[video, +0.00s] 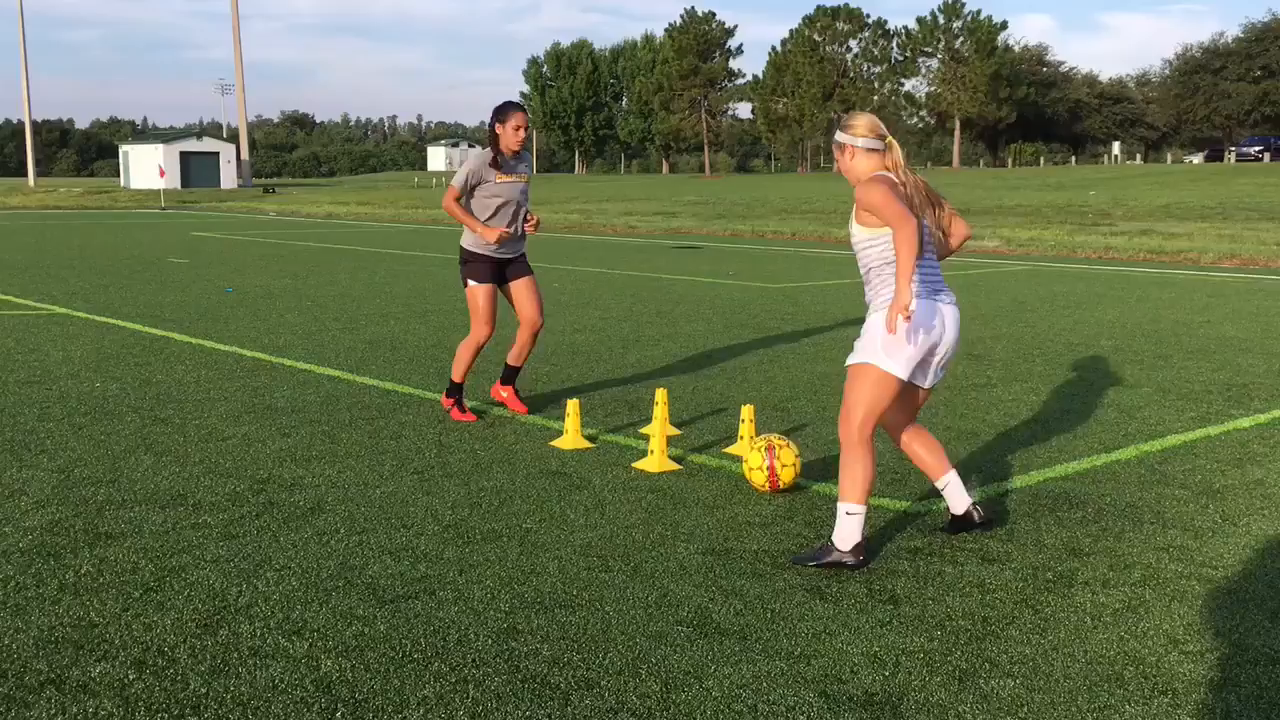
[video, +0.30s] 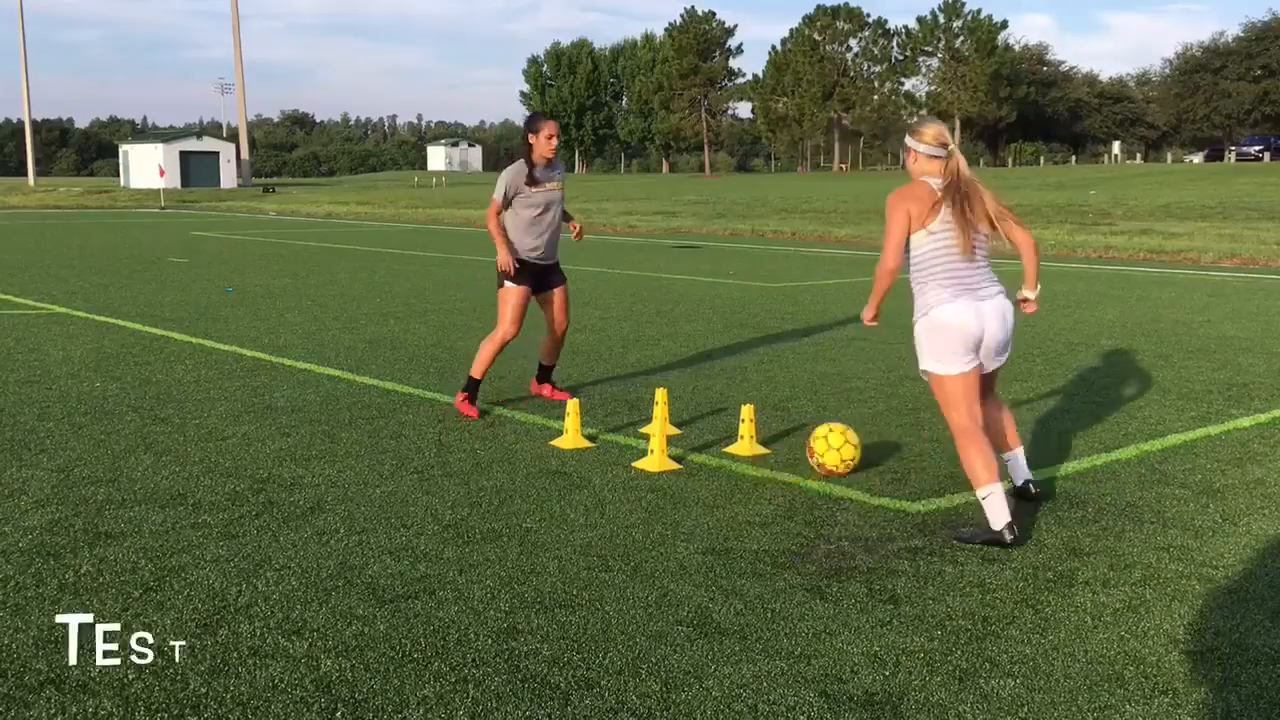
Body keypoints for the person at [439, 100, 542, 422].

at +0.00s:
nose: (523, 135)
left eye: (526, 129)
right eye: (517, 129)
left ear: (526, 131)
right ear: (497, 129)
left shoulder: (523, 163)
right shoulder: (478, 162)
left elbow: (516, 202)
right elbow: (448, 201)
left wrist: (528, 217)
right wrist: (482, 229)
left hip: (513, 254)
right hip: (479, 256)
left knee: (532, 320)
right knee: (482, 331)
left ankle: (505, 386)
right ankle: (452, 396)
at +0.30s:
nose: (555, 143)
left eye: (557, 137)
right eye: (549, 137)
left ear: (556, 140)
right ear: (532, 139)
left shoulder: (556, 172)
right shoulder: (513, 174)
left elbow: (552, 207)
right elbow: (492, 215)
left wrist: (569, 221)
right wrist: (502, 249)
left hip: (548, 263)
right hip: (517, 262)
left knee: (559, 326)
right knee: (508, 329)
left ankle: (542, 382)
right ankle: (468, 394)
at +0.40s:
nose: (564, 132)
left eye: (565, 127)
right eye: (558, 127)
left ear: (564, 130)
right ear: (540, 128)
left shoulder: (565, 156)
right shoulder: (522, 161)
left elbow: (560, 193)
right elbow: (503, 201)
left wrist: (578, 209)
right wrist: (521, 232)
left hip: (556, 248)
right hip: (526, 247)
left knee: (556, 318)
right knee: (529, 317)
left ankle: (544, 379)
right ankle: (499, 380)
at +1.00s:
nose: (591, 160)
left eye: (593, 155)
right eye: (586, 155)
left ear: (593, 155)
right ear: (569, 151)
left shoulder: (583, 177)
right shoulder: (551, 178)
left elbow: (582, 206)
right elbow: (521, 213)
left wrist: (607, 225)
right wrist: (527, 249)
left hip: (567, 256)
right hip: (542, 256)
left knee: (580, 316)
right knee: (574, 315)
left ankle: (570, 374)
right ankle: (536, 367)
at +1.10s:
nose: (590, 172)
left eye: (593, 166)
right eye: (586, 165)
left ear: (595, 165)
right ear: (569, 162)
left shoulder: (586, 189)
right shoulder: (546, 186)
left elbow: (601, 217)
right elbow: (510, 214)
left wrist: (628, 239)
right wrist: (501, 254)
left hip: (553, 258)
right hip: (533, 257)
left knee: (576, 313)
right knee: (586, 299)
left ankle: (570, 371)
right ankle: (565, 359)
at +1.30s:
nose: (580, 186)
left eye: (583, 181)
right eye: (575, 180)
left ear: (586, 179)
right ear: (560, 175)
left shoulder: (583, 205)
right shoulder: (535, 195)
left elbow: (611, 228)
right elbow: (502, 222)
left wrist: (644, 239)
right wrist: (489, 260)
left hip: (540, 266)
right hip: (513, 262)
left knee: (571, 315)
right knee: (568, 296)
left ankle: (568, 374)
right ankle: (585, 367)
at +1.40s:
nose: (564, 182)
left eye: (567, 176)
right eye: (559, 176)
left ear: (570, 174)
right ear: (543, 171)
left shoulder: (571, 198)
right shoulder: (522, 195)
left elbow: (596, 222)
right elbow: (490, 224)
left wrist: (617, 221)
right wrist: (480, 262)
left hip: (538, 268)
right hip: (507, 266)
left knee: (566, 323)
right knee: (542, 308)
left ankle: (568, 378)